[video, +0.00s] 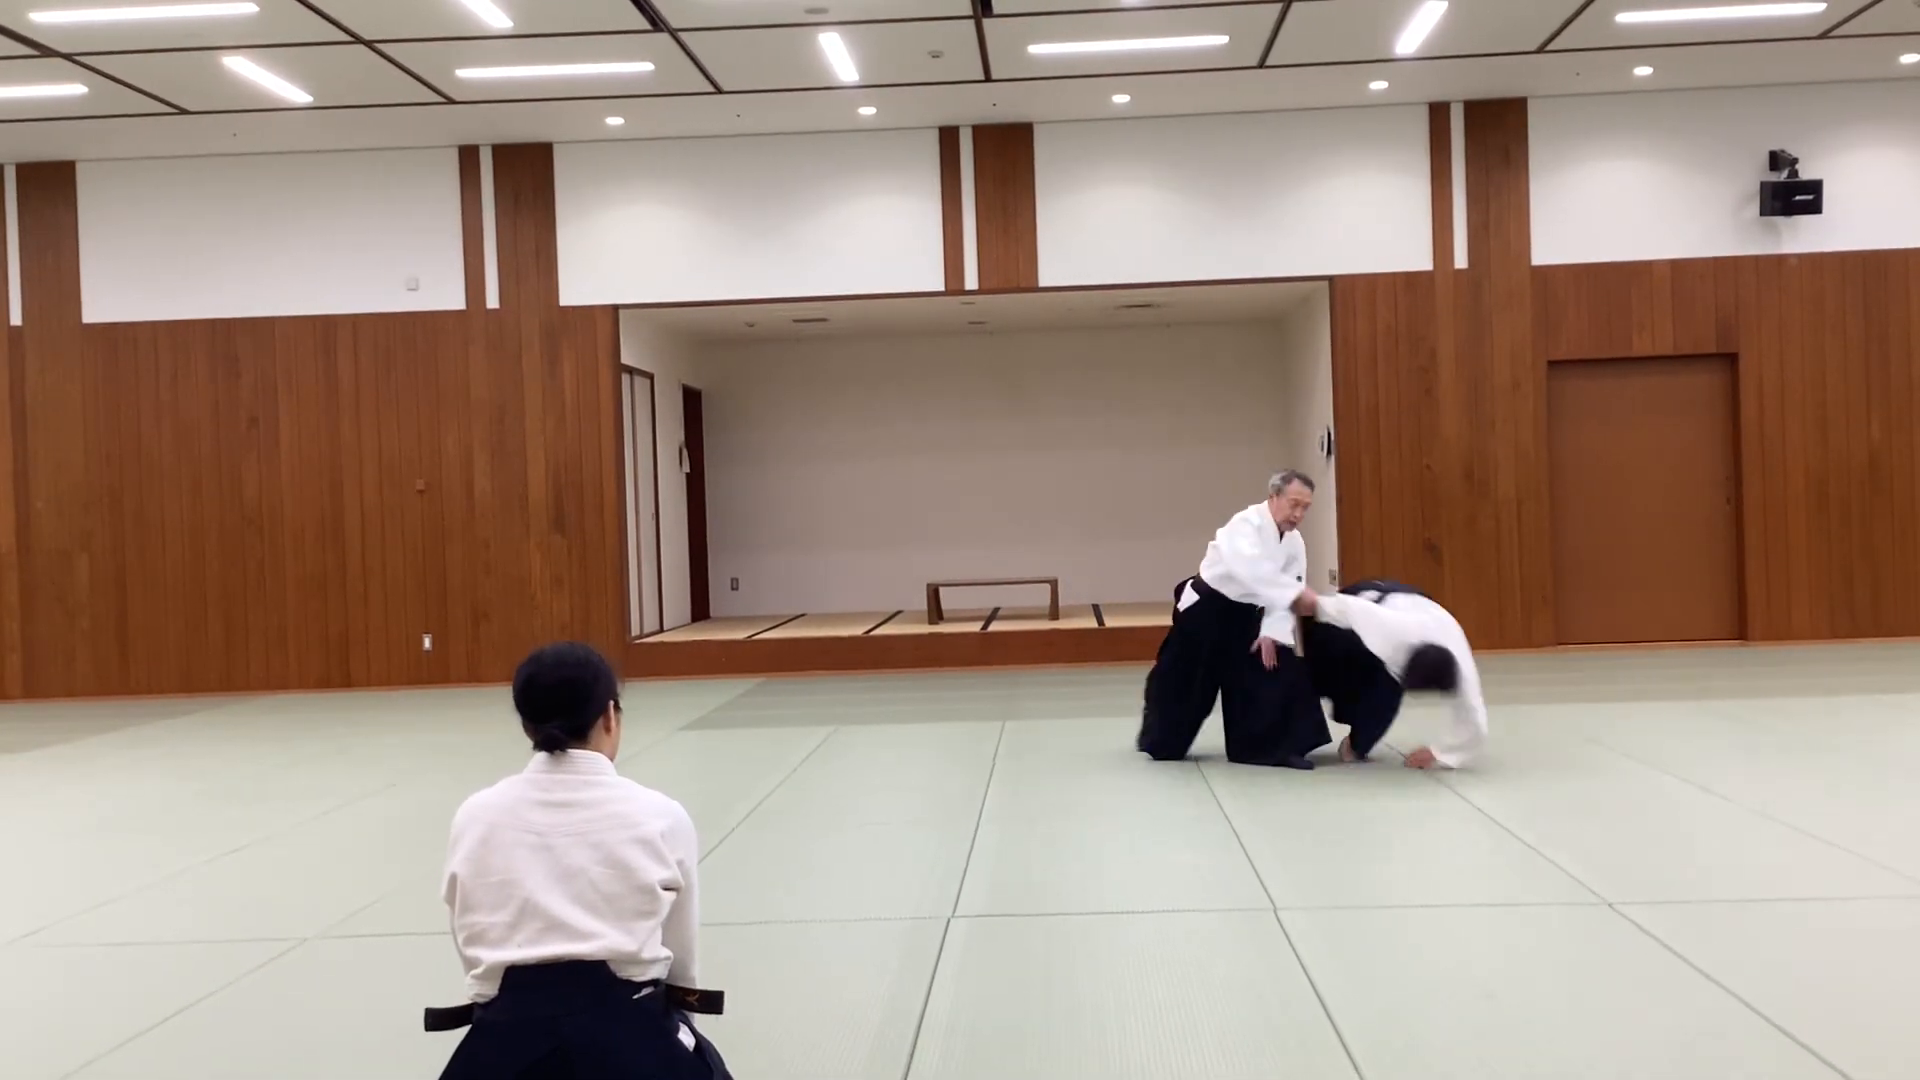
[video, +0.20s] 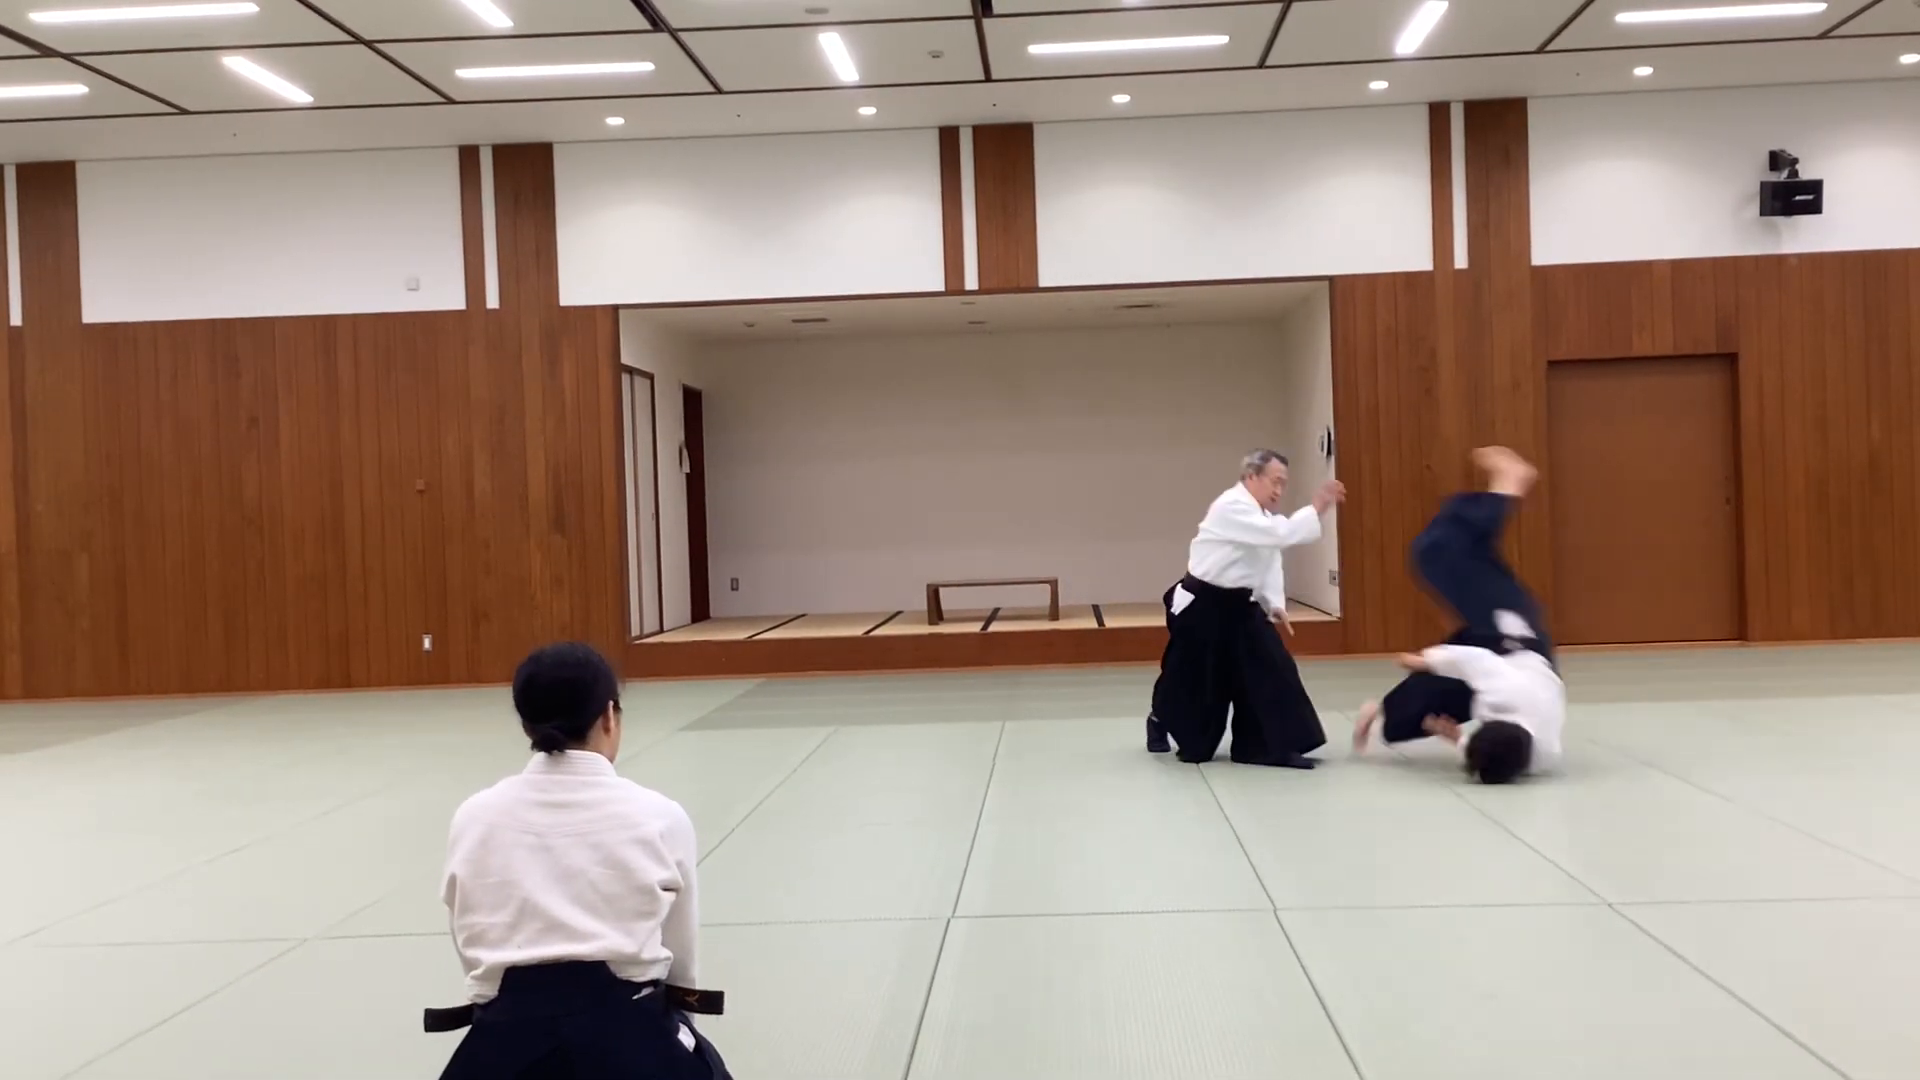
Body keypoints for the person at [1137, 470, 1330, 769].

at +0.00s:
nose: (1299, 514)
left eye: (1305, 508)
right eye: (1295, 505)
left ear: (1308, 508)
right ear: (1274, 498)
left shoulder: (1294, 543)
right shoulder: (1244, 525)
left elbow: (1287, 590)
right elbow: (1248, 571)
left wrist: (1272, 631)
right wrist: (1293, 594)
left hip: (1246, 615)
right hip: (1207, 608)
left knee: (1267, 678)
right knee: (1187, 678)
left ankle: (1265, 748)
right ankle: (1162, 742)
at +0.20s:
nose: (1279, 491)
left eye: (1283, 484)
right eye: (1275, 481)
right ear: (1251, 477)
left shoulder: (1266, 519)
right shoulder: (1230, 506)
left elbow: (1271, 566)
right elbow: (1279, 532)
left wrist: (1276, 606)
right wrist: (1318, 507)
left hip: (1239, 605)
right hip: (1200, 602)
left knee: (1270, 671)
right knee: (1187, 673)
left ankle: (1263, 747)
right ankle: (1159, 719)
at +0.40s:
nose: (1259, 474)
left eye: (1261, 467)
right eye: (1254, 466)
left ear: (1236, 467)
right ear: (1231, 465)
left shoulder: (1243, 505)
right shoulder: (1212, 498)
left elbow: (1254, 556)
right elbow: (1252, 530)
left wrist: (1267, 594)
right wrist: (1295, 517)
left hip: (1229, 596)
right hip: (1192, 596)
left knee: (1277, 656)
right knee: (1191, 667)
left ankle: (1278, 739)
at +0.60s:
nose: (1284, 480)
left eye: (1285, 473)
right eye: (1280, 472)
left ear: (1260, 472)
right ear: (1257, 470)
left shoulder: (1256, 510)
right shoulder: (1231, 505)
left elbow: (1266, 578)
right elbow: (1259, 555)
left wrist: (1280, 625)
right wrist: (1310, 566)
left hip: (1236, 599)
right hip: (1206, 599)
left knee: (1291, 659)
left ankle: (1281, 738)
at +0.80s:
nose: (1315, 481)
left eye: (1317, 474)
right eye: (1311, 473)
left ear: (1290, 472)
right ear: (1288, 471)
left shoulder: (1283, 508)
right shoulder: (1261, 507)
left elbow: (1286, 566)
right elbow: (1267, 567)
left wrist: (1292, 613)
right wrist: (1289, 617)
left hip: (1252, 596)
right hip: (1227, 596)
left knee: (1300, 663)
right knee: (1219, 673)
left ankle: (1285, 739)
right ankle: (1162, 710)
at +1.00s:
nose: (1315, 476)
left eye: (1317, 469)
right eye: (1310, 467)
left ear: (1292, 468)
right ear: (1287, 465)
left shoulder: (1295, 505)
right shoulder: (1250, 501)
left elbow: (1297, 558)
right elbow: (1243, 559)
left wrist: (1301, 606)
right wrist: (1247, 611)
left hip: (1262, 589)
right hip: (1225, 588)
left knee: (1296, 659)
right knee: (1243, 666)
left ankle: (1289, 741)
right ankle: (1194, 736)